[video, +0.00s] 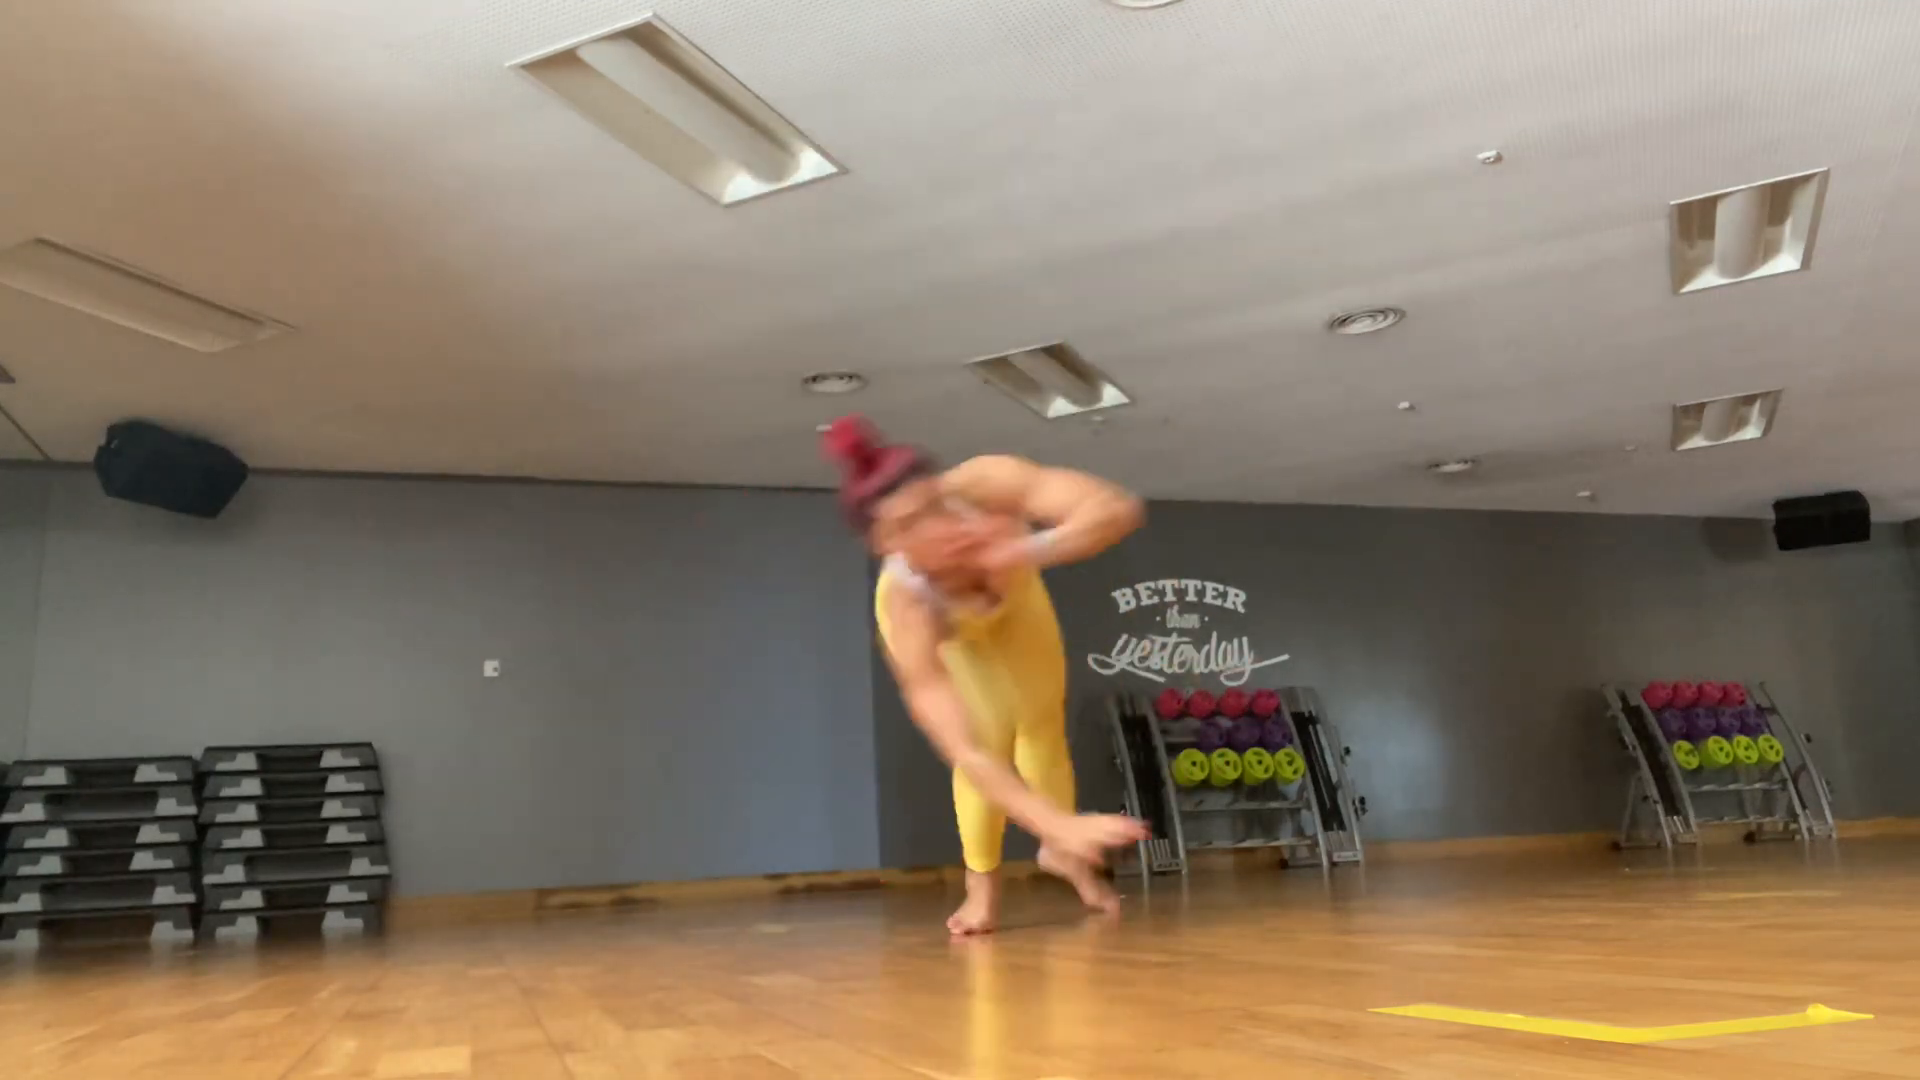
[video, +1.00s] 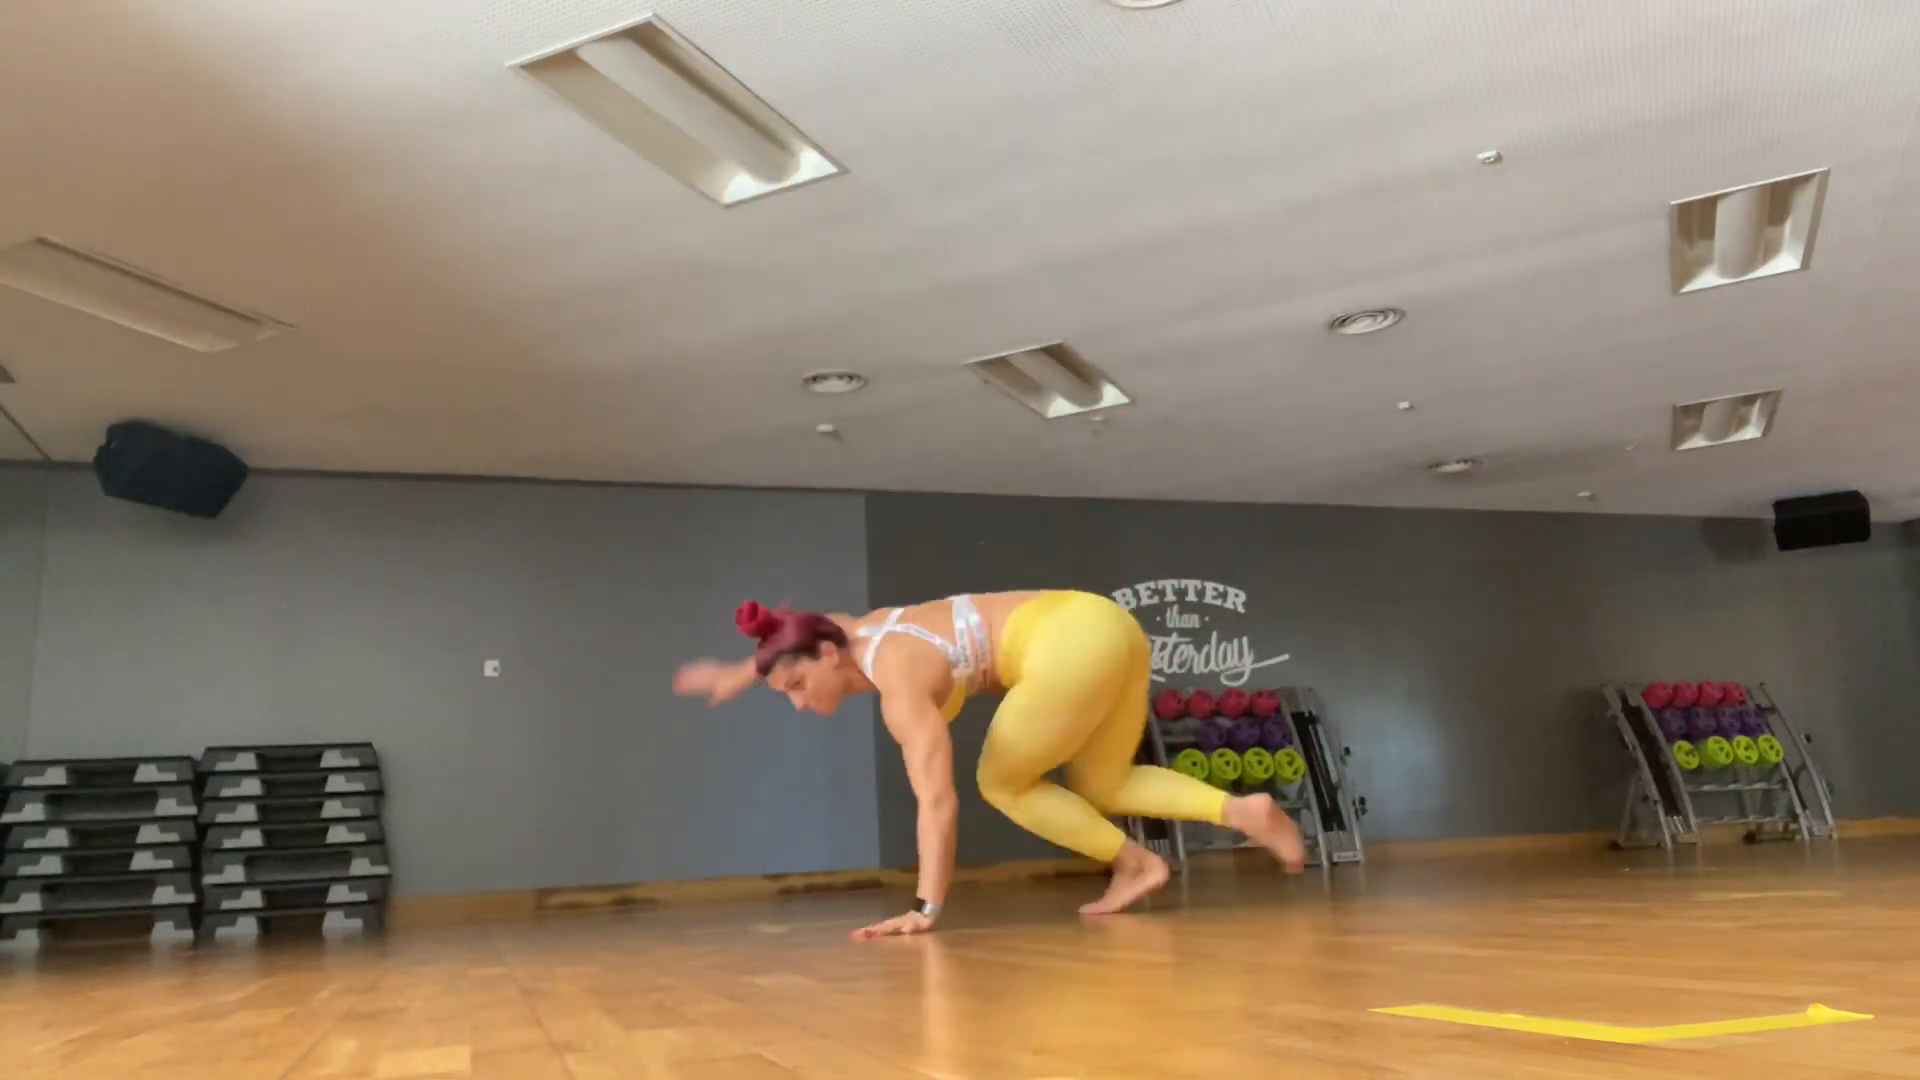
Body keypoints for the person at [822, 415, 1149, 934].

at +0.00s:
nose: (930, 531)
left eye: (930, 509)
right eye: (904, 527)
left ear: (943, 491)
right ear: (880, 542)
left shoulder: (983, 481)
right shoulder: (902, 601)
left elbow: (1118, 509)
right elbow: (962, 749)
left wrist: (1028, 553)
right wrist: (1059, 825)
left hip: (1019, 606)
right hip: (954, 641)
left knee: (1045, 727)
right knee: (981, 747)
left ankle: (1061, 852)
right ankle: (980, 887)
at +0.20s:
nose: (1153, 547)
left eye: (1154, 528)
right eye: (1131, 531)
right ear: (1083, 532)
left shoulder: (1082, 517)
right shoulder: (1063, 613)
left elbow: (1188, 472)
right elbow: (1122, 766)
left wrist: (1227, 489)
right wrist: (1189, 898)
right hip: (912, 659)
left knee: (1014, 734)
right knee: (1079, 738)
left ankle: (1045, 873)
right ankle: (956, 858)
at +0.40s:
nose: (1209, 588)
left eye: (1220, 576)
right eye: (1198, 564)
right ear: (1152, 550)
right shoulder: (1119, 638)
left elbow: (1023, 578)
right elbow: (1134, 781)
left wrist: (1080, 541)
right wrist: (1188, 907)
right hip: (964, 745)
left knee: (979, 829)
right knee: (1114, 788)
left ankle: (1050, 888)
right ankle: (981, 851)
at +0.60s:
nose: (1112, 605)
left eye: (1110, 594)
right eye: (1108, 591)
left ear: (1046, 578)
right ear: (1085, 576)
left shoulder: (982, 625)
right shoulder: (1080, 597)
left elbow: (904, 723)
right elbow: (1186, 638)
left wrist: (848, 833)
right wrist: (1306, 678)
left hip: (901, 771)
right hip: (991, 747)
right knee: (1094, 801)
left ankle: (1058, 879)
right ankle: (988, 858)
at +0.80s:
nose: (879, 680)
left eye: (868, 666)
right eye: (867, 671)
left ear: (881, 638)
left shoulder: (909, 678)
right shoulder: (970, 579)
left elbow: (924, 780)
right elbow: (1019, 518)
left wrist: (921, 892)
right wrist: (997, 511)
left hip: (973, 684)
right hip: (1066, 650)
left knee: (1027, 770)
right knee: (1117, 816)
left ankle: (1105, 890)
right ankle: (1024, 846)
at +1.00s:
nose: (796, 700)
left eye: (795, 684)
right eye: (785, 691)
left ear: (829, 653)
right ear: (815, 653)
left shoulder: (899, 678)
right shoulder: (868, 629)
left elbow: (934, 800)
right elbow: (797, 641)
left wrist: (928, 907)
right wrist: (736, 674)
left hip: (1069, 638)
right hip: (1111, 631)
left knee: (1005, 783)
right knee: (1107, 785)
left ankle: (1134, 864)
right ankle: (1248, 812)